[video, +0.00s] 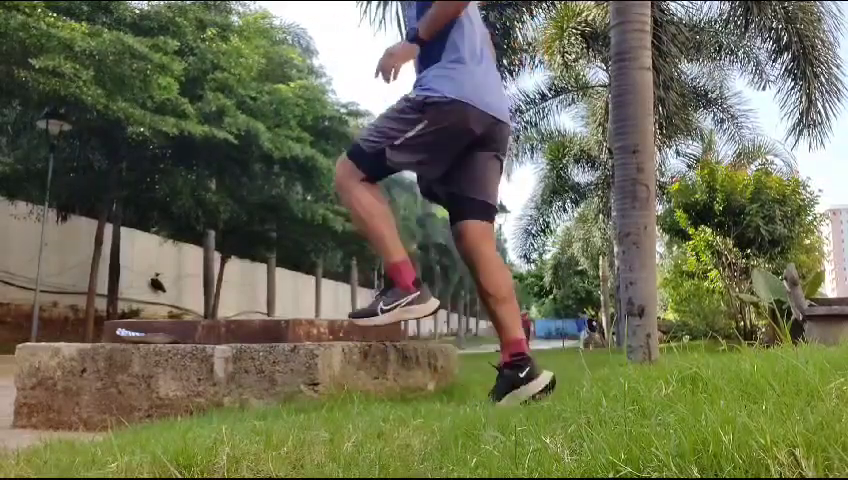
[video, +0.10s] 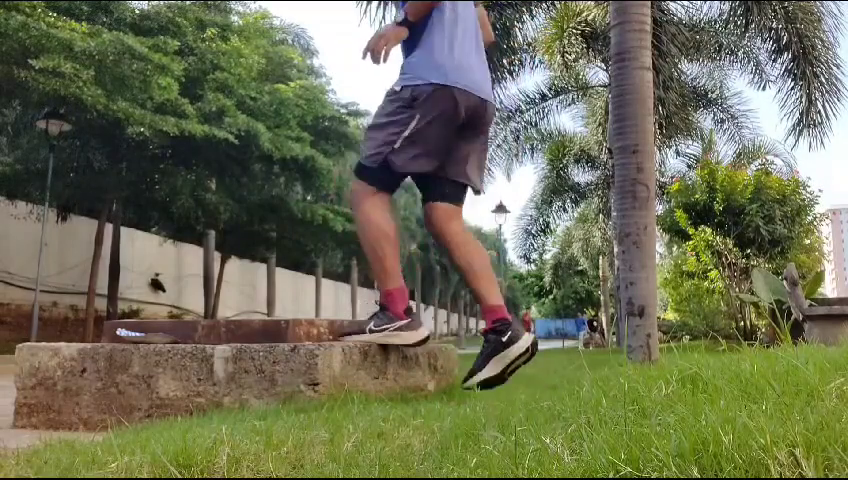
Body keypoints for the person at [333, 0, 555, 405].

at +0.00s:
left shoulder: (426, 6)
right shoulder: (470, 19)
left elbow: (457, 2)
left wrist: (413, 42)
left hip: (446, 91)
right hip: (494, 109)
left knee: (350, 173)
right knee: (476, 236)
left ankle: (405, 284)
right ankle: (517, 361)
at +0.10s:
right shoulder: (468, 6)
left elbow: (427, 1)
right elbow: (485, 33)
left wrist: (403, 23)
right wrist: (431, 40)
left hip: (431, 78)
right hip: (479, 90)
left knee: (368, 190)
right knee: (444, 214)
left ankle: (397, 311)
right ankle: (502, 328)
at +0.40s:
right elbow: (495, 9)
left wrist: (384, 6)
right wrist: (457, 47)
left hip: (433, 63)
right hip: (475, 72)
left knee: (398, 187)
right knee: (436, 192)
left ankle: (462, 301)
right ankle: (436, 312)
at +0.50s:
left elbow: (378, 12)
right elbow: (508, 2)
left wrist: (380, 8)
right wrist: (469, 34)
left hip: (449, 62)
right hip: (485, 70)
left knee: (425, 195)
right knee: (427, 194)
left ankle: (480, 323)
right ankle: (443, 307)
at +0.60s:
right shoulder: (484, 5)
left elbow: (420, 4)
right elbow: (525, 17)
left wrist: (393, 33)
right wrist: (481, 52)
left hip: (458, 96)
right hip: (496, 105)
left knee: (458, 239)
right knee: (405, 203)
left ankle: (502, 370)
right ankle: (473, 307)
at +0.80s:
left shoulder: (427, 2)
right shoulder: (485, 6)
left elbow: (460, 4)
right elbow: (524, 42)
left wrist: (404, 61)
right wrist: (480, 90)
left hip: (453, 110)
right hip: (490, 116)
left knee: (441, 247)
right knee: (447, 247)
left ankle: (509, 372)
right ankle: (509, 365)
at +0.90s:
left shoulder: (426, 3)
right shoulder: (469, 17)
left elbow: (472, 10)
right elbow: (508, 70)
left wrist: (410, 74)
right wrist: (458, 102)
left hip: (455, 122)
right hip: (500, 132)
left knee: (382, 230)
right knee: (463, 258)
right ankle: (516, 373)